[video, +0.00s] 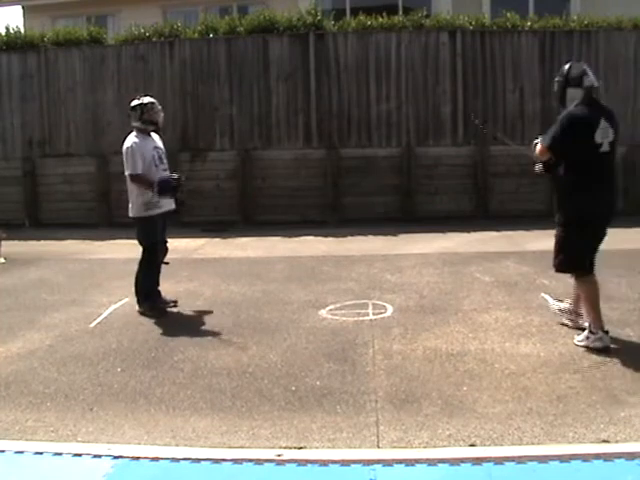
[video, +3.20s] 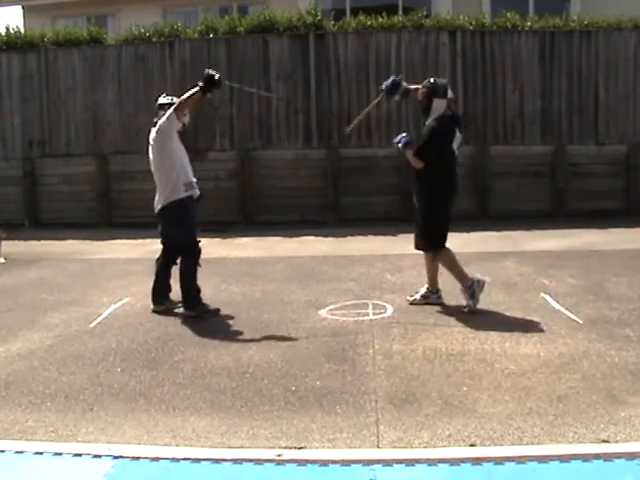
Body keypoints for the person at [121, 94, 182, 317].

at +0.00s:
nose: (159, 115)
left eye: (159, 111)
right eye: (154, 112)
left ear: (154, 115)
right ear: (142, 116)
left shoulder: (155, 138)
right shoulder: (132, 144)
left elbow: (158, 167)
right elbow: (134, 175)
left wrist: (171, 179)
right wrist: (159, 186)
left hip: (160, 207)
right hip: (145, 209)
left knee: (158, 251)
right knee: (151, 252)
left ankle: (154, 295)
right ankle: (145, 300)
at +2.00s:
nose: (173, 117)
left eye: (173, 112)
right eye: (168, 112)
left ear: (165, 116)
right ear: (157, 115)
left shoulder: (164, 140)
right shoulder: (147, 145)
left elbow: (166, 173)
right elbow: (143, 179)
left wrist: (177, 197)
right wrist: (152, 204)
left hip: (171, 206)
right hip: (160, 207)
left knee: (163, 252)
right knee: (169, 252)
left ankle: (154, 297)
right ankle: (170, 301)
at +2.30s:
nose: (176, 117)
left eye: (176, 112)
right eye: (172, 113)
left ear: (157, 116)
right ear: (164, 115)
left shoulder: (164, 139)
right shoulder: (155, 145)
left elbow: (173, 172)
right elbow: (163, 176)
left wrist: (190, 188)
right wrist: (184, 194)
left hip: (170, 207)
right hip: (165, 209)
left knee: (167, 251)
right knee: (173, 253)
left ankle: (155, 296)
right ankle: (170, 301)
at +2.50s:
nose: (175, 118)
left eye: (175, 113)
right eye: (171, 113)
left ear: (153, 116)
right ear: (163, 115)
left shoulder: (159, 139)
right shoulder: (157, 143)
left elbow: (174, 169)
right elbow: (183, 164)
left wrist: (196, 179)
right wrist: (213, 171)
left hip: (171, 207)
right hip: (167, 209)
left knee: (169, 251)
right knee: (174, 253)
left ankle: (158, 297)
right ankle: (170, 302)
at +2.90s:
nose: (177, 120)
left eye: (176, 116)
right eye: (174, 116)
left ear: (154, 116)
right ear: (168, 117)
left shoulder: (150, 138)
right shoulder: (165, 138)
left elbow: (166, 167)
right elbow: (200, 152)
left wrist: (186, 167)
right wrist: (204, 151)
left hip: (159, 206)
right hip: (173, 206)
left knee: (166, 251)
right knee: (181, 251)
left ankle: (160, 299)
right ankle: (177, 301)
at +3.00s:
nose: (177, 119)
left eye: (177, 116)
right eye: (176, 115)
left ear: (156, 115)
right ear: (168, 115)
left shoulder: (151, 138)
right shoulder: (162, 134)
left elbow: (162, 171)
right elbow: (193, 123)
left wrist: (184, 176)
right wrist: (213, 127)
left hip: (162, 206)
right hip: (172, 205)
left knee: (165, 253)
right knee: (186, 252)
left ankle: (159, 299)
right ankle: (190, 302)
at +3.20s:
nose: (184, 118)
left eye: (183, 113)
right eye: (180, 113)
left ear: (161, 113)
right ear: (169, 113)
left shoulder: (161, 135)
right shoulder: (163, 132)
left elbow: (183, 108)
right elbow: (179, 107)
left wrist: (201, 91)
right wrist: (202, 87)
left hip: (171, 202)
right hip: (177, 201)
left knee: (170, 252)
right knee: (190, 251)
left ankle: (160, 298)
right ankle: (192, 302)